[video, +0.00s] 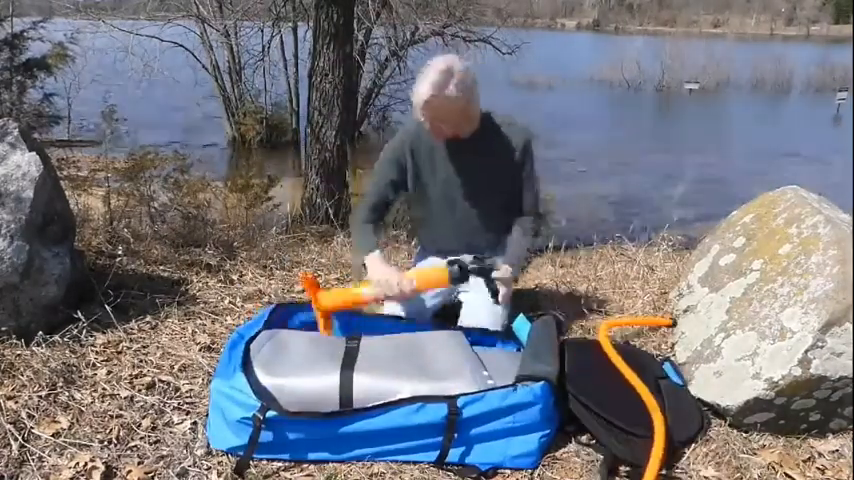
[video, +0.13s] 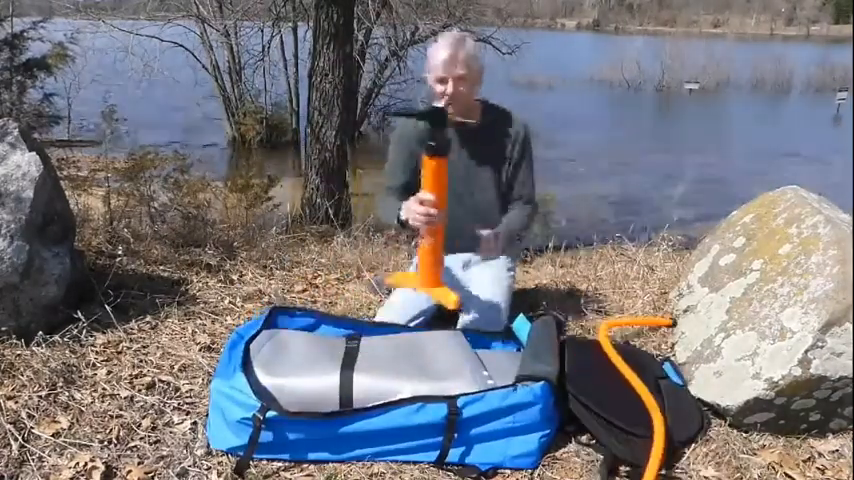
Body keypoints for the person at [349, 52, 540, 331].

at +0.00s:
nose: (435, 131)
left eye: (442, 122)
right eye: (427, 121)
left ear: (468, 108)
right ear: (420, 111)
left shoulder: (513, 142)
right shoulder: (410, 142)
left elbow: (527, 218)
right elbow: (364, 216)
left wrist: (509, 267)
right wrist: (376, 266)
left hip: (489, 264)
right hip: (433, 262)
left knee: (481, 331)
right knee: (393, 320)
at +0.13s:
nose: (449, 90)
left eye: (459, 80)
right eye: (441, 81)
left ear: (478, 79)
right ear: (427, 81)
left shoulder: (510, 131)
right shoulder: (413, 130)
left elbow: (523, 203)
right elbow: (388, 200)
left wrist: (503, 234)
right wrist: (403, 211)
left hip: (488, 260)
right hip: (430, 260)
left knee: (482, 329)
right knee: (385, 331)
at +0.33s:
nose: (454, 91)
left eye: (462, 80)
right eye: (443, 82)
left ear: (472, 78)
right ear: (425, 85)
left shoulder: (501, 126)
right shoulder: (409, 133)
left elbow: (526, 190)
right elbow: (404, 212)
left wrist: (524, 215)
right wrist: (447, 202)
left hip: (492, 262)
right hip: (435, 260)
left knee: (477, 350)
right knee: (382, 335)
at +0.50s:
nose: (471, 99)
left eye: (475, 87)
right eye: (459, 91)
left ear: (480, 80)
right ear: (430, 87)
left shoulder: (507, 129)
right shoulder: (407, 135)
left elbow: (525, 200)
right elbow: (395, 210)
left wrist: (548, 222)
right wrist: (426, 226)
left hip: (492, 259)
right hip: (434, 259)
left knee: (476, 347)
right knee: (382, 335)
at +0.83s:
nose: (446, 146)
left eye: (457, 137)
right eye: (439, 135)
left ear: (481, 127)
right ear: (431, 121)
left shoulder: (510, 163)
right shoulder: (409, 140)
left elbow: (529, 249)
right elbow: (394, 198)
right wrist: (383, 245)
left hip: (488, 264)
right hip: (430, 259)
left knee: (478, 337)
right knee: (382, 333)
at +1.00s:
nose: (433, 177)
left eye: (443, 167)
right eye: (423, 167)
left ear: (462, 142)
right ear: (409, 144)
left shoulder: (501, 163)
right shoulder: (387, 157)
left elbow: (551, 244)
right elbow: (369, 209)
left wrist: (591, 323)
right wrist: (367, 263)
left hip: (482, 261)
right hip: (419, 259)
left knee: (477, 342)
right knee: (384, 333)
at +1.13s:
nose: (376, 145)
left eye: (388, 135)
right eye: (369, 133)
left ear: (422, 114)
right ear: (359, 120)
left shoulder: (477, 144)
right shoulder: (354, 141)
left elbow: (518, 225)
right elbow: (343, 213)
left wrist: (505, 304)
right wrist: (342, 275)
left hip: (474, 250)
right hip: (406, 251)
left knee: (487, 350)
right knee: (378, 342)